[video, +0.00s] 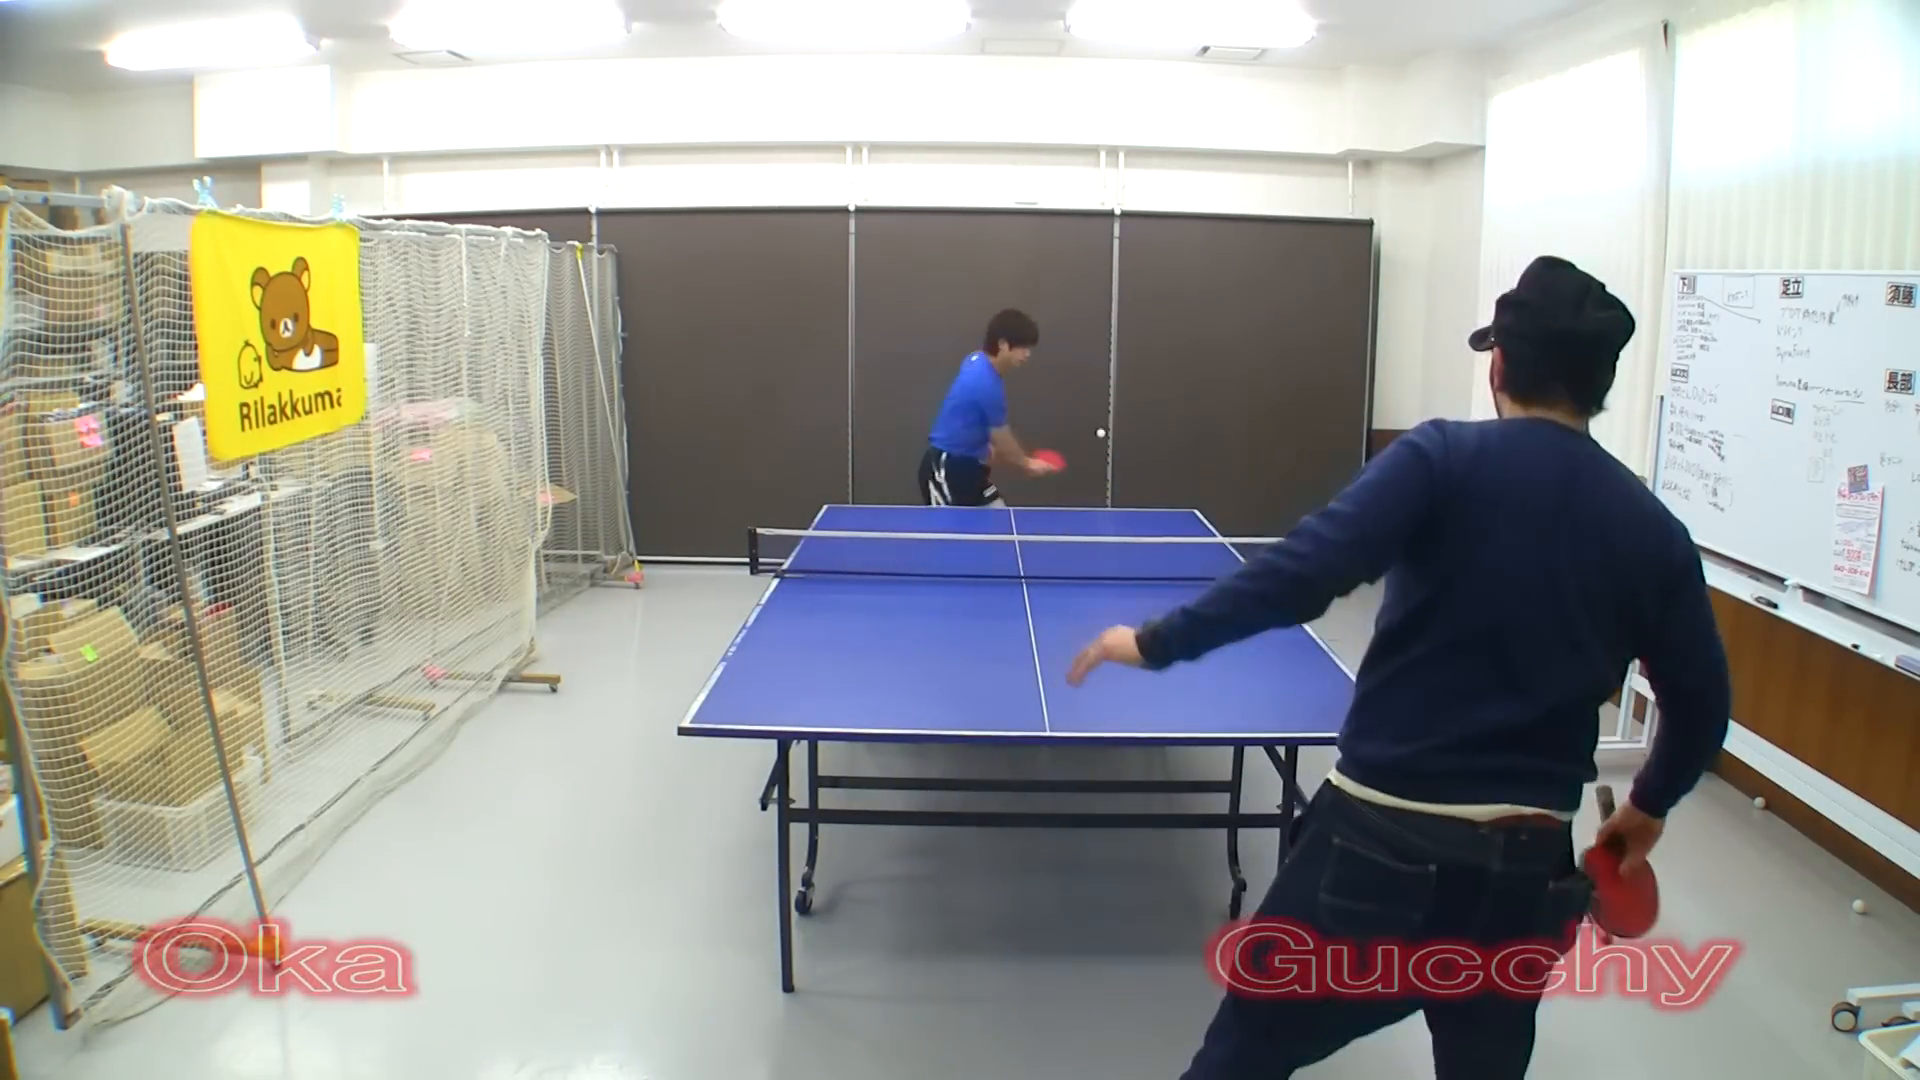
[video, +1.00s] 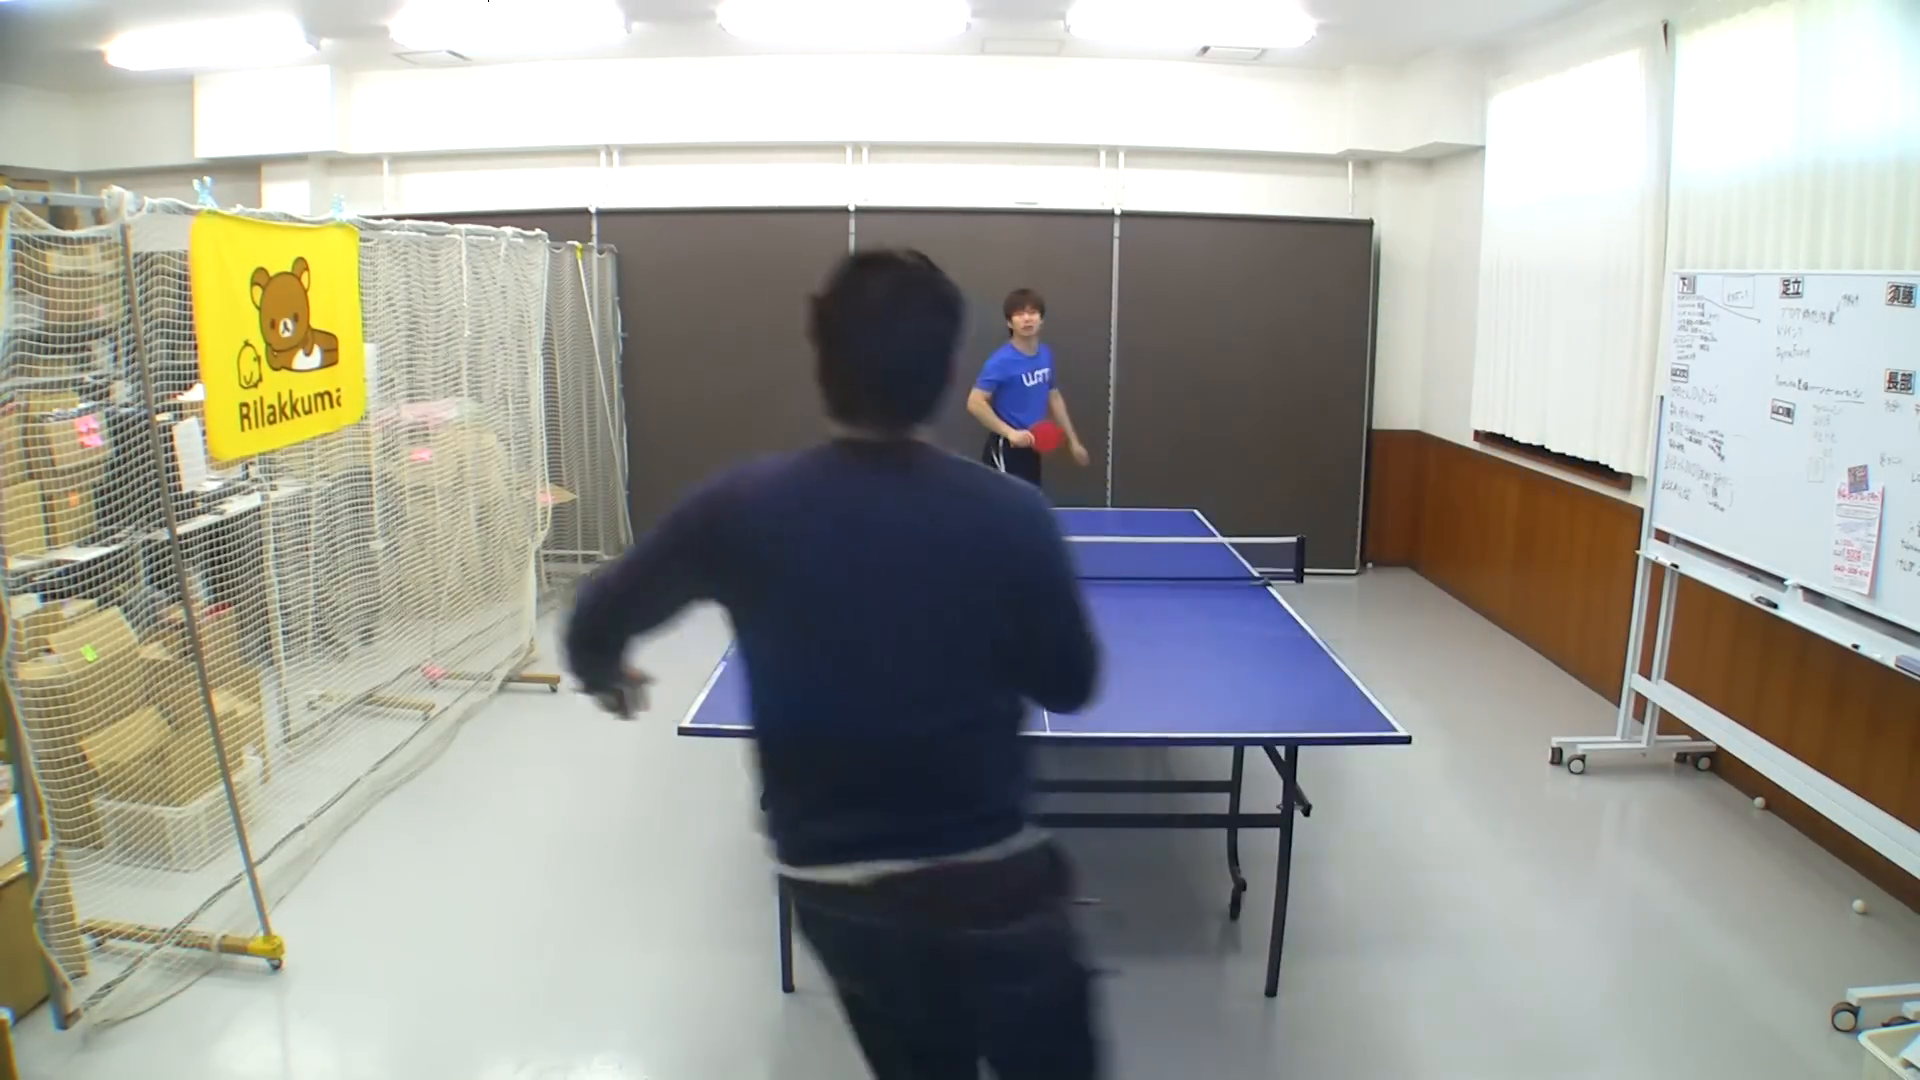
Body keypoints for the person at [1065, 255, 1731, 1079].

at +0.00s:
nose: (1486, 364)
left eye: (1489, 350)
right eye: (1491, 345)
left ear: (1499, 363)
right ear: (1601, 383)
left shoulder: (1441, 458)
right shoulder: (1650, 526)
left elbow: (1305, 572)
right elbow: (1701, 705)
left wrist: (1152, 641)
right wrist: (1646, 809)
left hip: (1380, 847)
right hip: (1528, 868)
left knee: (1240, 1053)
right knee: (1487, 1063)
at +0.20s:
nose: (1477, 351)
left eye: (1480, 338)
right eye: (1483, 336)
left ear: (1489, 353)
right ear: (1588, 377)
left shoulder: (1435, 452)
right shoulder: (1640, 521)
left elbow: (1353, 610)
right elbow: (1648, 703)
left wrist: (1247, 747)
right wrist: (1552, 753)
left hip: (1373, 845)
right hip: (1521, 863)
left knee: (1227, 1055)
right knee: (1490, 1069)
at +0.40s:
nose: (1407, 354)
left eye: (1410, 340)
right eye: (1415, 338)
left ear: (1418, 359)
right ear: (1518, 371)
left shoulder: (1386, 470)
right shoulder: (1577, 515)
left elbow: (1347, 653)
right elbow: (1579, 687)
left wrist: (1261, 800)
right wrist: (1468, 715)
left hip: (1347, 869)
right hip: (1484, 876)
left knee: (1205, 1067)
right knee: (1467, 1069)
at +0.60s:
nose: (1281, 381)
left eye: (1286, 367)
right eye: (1286, 365)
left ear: (1295, 383)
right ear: (1395, 386)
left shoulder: (1265, 514)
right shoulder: (1462, 527)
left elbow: (1217, 689)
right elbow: (1480, 683)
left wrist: (1123, 799)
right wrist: (1363, 701)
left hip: (1274, 899)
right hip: (1415, 894)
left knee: (1127, 1068)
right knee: (1419, 1069)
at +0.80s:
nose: (1041, 432)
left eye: (1047, 414)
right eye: (1047, 409)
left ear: (1065, 431)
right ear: (1168, 420)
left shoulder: (1029, 568)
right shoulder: (1259, 541)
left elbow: (923, 746)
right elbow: (1317, 702)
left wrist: (877, 770)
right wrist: (1217, 730)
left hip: (1107, 947)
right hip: (1273, 932)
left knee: (1007, 1068)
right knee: (1342, 1057)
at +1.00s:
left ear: (824, 364)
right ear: (948, 372)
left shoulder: (746, 507)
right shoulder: (1007, 516)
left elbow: (598, 615)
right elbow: (1068, 682)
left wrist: (605, 673)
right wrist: (974, 621)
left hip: (844, 896)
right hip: (993, 881)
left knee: (922, 1067)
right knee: (1056, 1065)